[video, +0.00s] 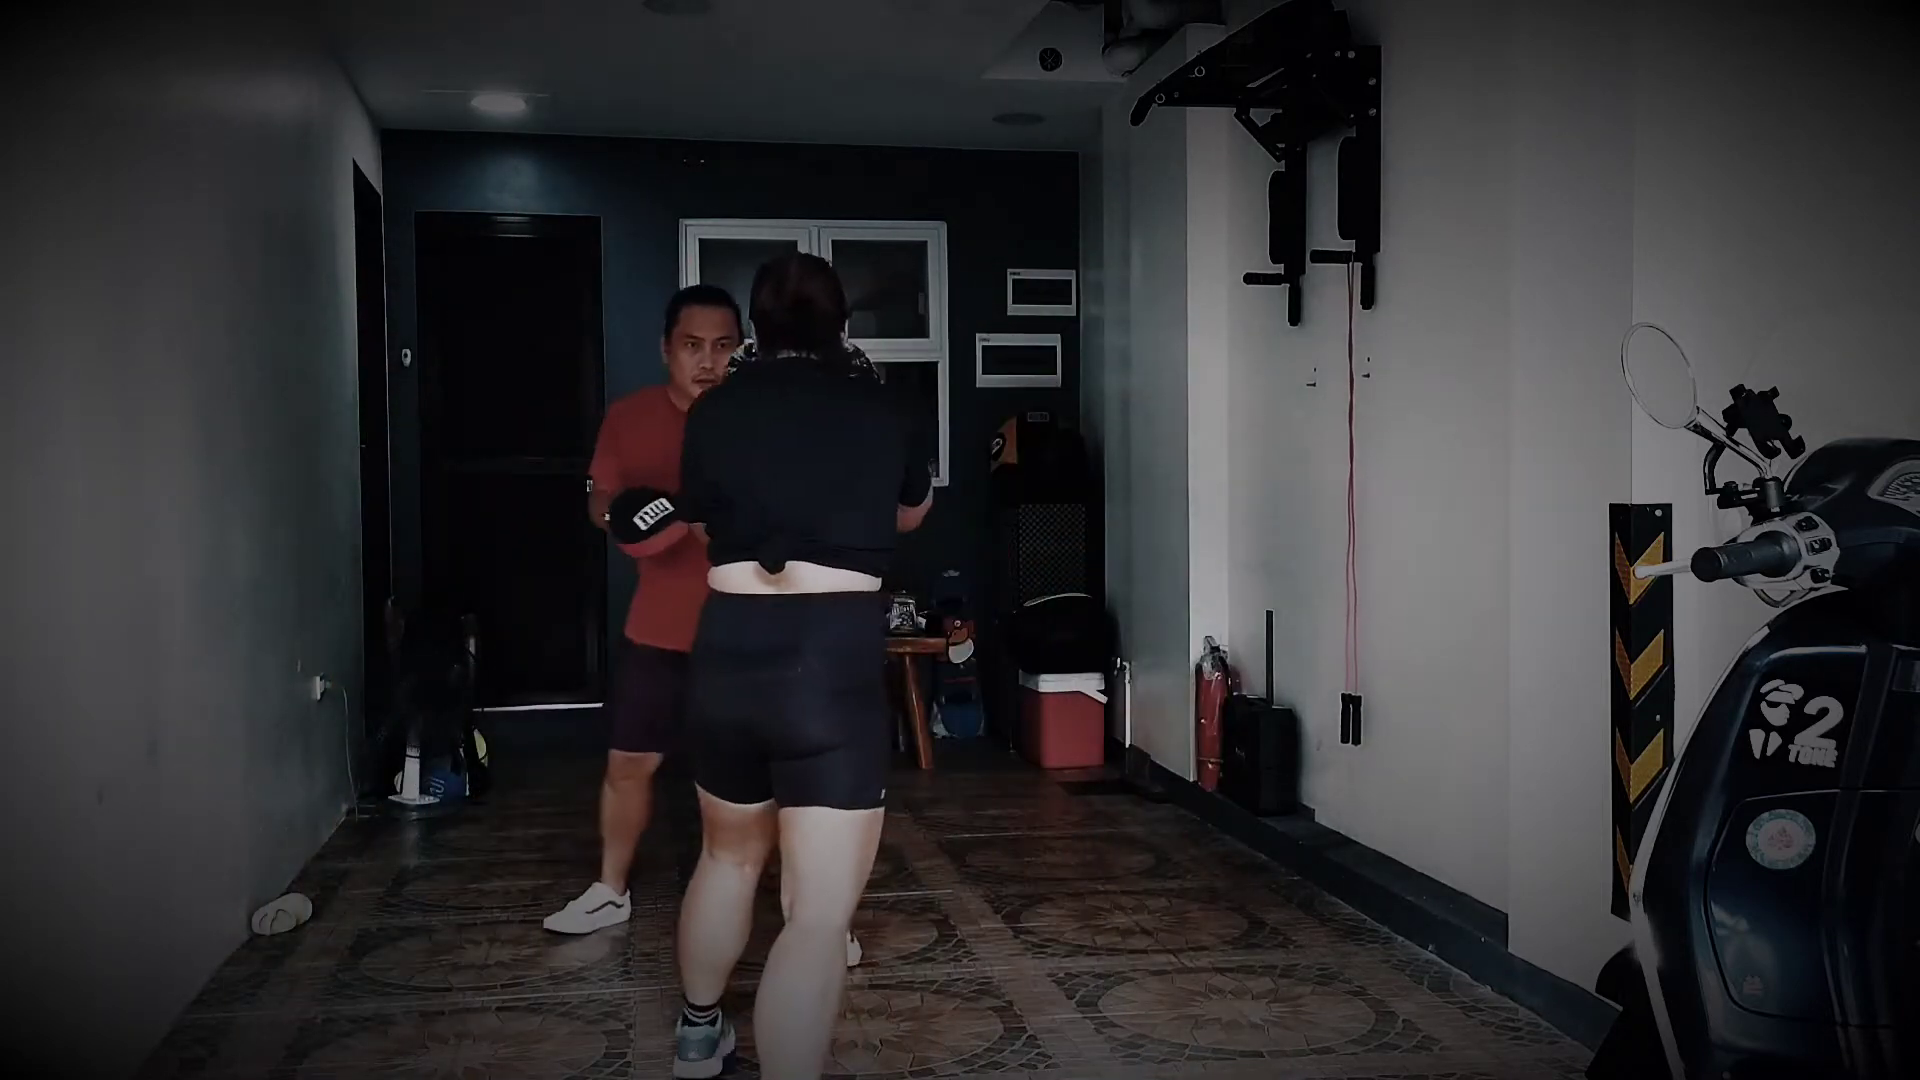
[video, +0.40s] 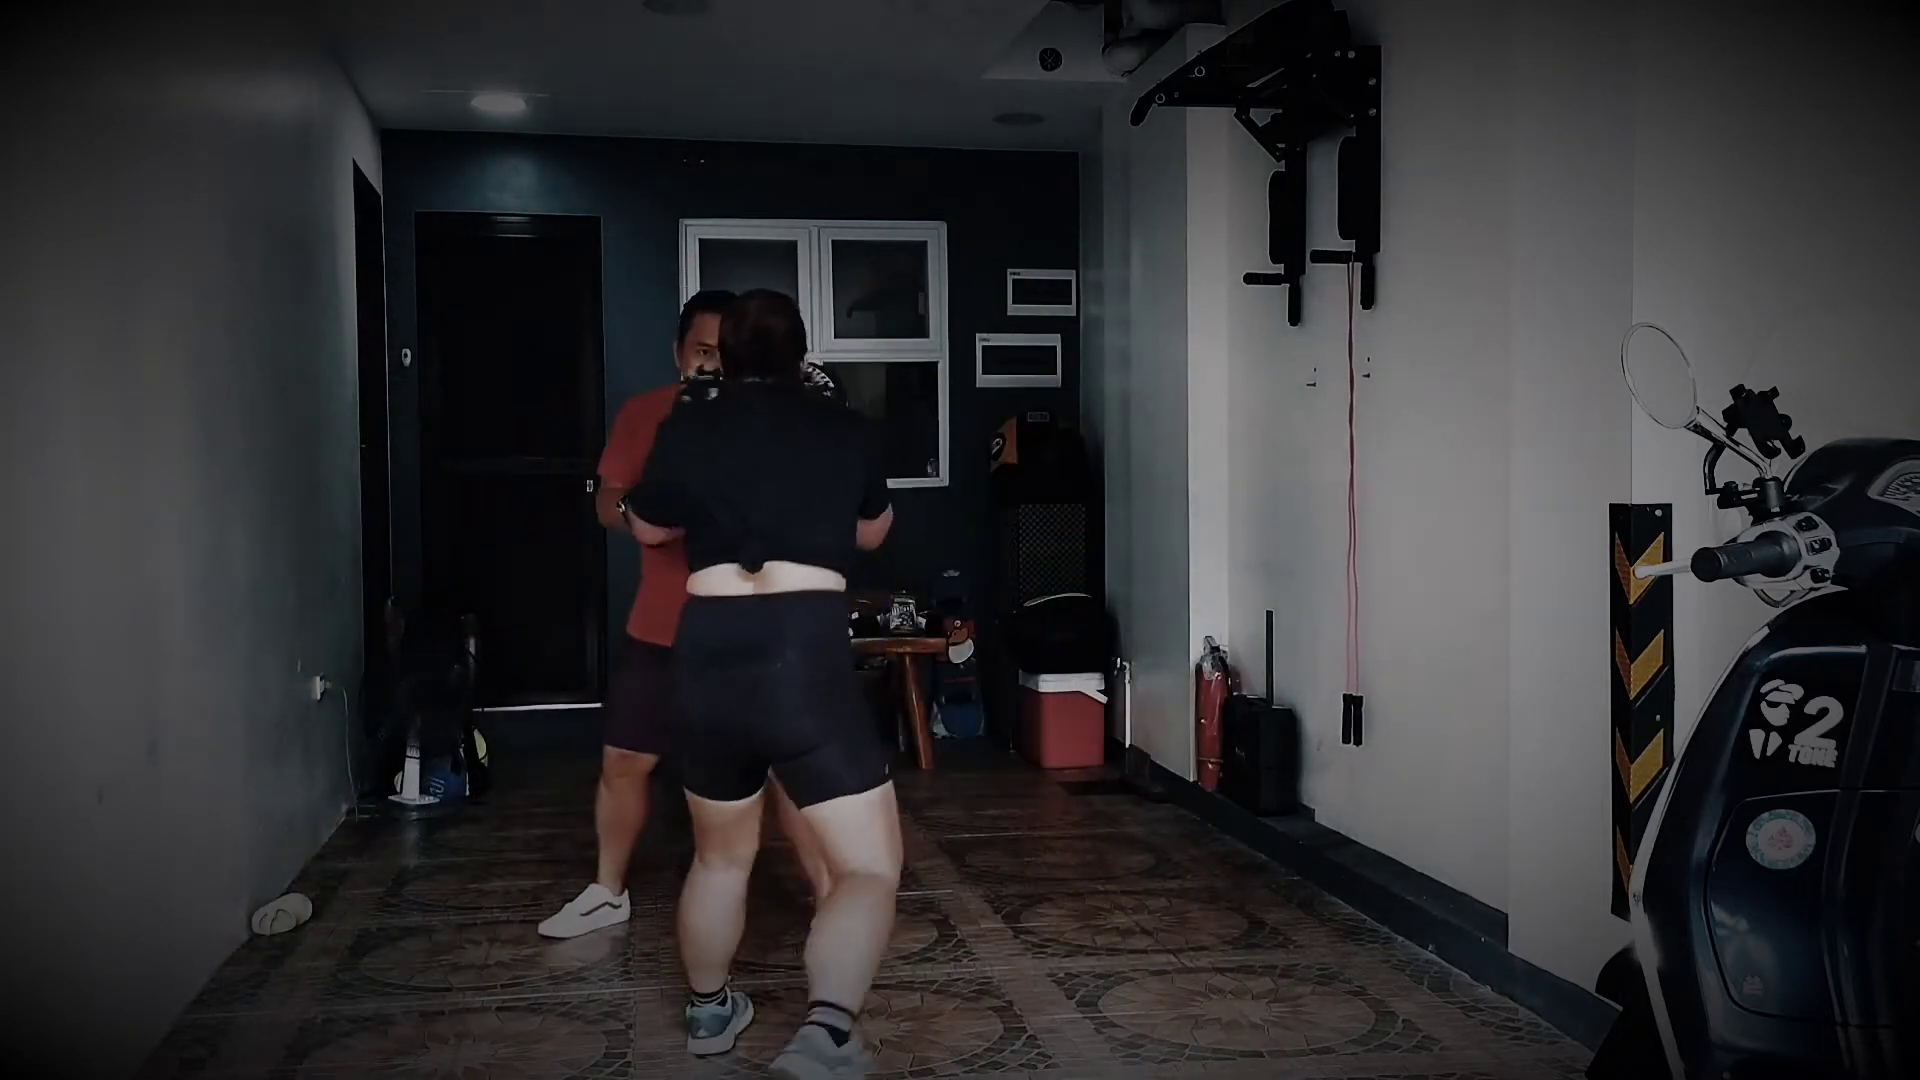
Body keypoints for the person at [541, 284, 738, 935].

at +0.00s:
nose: (708, 359)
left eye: (722, 345)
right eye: (694, 344)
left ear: (739, 351)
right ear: (667, 349)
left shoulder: (756, 418)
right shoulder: (631, 416)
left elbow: (779, 507)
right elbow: (600, 498)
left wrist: (708, 521)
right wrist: (624, 518)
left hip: (738, 629)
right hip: (657, 624)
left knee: (751, 772)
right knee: (627, 763)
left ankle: (809, 911)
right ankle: (612, 889)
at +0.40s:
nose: (709, 361)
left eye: (722, 350)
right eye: (699, 348)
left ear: (745, 356)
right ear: (677, 350)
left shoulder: (770, 416)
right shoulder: (646, 414)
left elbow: (795, 498)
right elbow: (605, 501)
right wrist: (637, 518)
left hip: (748, 631)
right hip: (660, 627)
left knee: (781, 771)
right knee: (622, 760)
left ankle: (830, 896)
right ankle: (609, 889)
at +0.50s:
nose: (709, 364)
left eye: (721, 352)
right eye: (697, 349)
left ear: (743, 357)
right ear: (673, 352)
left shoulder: (773, 415)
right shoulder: (639, 417)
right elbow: (612, 514)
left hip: (750, 636)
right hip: (657, 632)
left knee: (786, 776)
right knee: (618, 762)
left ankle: (827, 909)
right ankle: (608, 892)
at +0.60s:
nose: (705, 363)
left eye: (719, 351)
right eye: (692, 348)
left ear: (737, 356)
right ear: (667, 350)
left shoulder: (756, 412)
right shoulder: (631, 418)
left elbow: (839, 451)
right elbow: (596, 504)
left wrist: (812, 390)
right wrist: (628, 504)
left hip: (750, 631)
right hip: (651, 631)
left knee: (786, 773)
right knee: (616, 761)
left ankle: (829, 908)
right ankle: (608, 893)